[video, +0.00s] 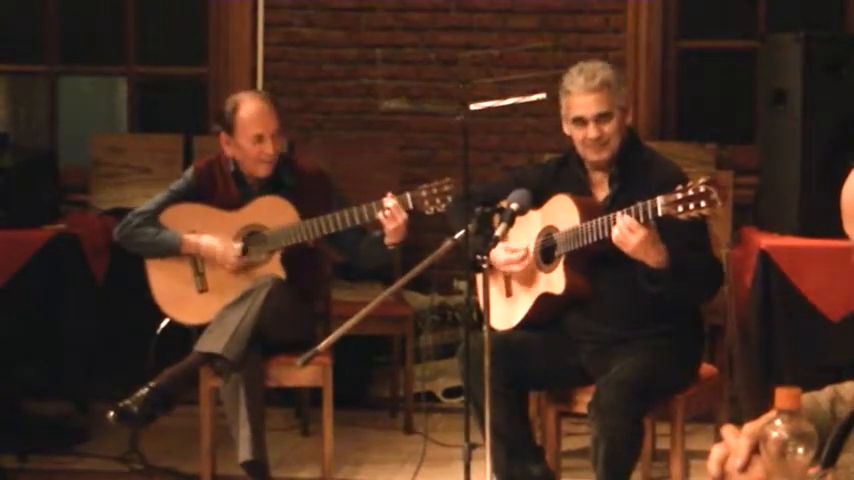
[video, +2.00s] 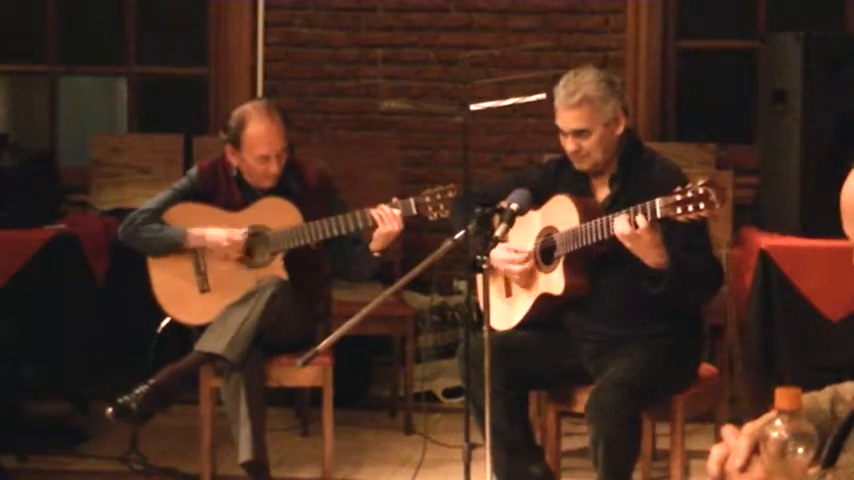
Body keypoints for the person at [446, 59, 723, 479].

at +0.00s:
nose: (593, 133)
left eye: (603, 119)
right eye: (579, 122)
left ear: (626, 115)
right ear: (564, 124)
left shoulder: (665, 183)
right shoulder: (555, 177)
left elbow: (706, 280)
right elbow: (464, 205)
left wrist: (659, 258)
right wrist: (488, 249)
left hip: (655, 341)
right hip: (575, 337)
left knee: (613, 399)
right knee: (486, 355)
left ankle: (610, 474)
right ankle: (523, 471)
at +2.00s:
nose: (571, 146)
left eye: (582, 134)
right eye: (563, 134)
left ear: (619, 124)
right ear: (556, 128)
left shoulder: (663, 183)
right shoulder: (558, 176)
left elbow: (706, 281)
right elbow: (470, 204)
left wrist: (660, 261)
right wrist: (487, 250)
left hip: (655, 342)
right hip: (574, 336)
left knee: (610, 400)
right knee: (484, 352)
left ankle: (612, 474)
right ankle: (523, 471)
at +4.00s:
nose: (550, 139)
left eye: (559, 129)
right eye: (549, 127)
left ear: (599, 128)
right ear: (593, 129)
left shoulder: (666, 186)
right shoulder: (557, 178)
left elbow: (705, 285)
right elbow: (467, 204)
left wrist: (661, 261)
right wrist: (489, 249)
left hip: (654, 343)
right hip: (574, 336)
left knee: (613, 404)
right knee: (484, 355)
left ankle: (613, 474)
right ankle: (523, 471)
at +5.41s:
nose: (609, 152)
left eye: (620, 134)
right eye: (595, 139)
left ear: (654, 115)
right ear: (583, 133)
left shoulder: (708, 186)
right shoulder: (577, 181)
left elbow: (751, 312)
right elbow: (474, 211)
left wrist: (700, 284)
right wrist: (497, 271)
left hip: (692, 375)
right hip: (597, 367)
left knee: (651, 445)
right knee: (494, 390)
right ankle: (522, 474)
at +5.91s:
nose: (638, 149)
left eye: (651, 130)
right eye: (621, 135)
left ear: (682, 114)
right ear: (602, 125)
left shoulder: (732, 191)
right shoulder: (589, 180)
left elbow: (771, 329)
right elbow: (476, 209)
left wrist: (720, 303)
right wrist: (502, 275)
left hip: (715, 392)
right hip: (611, 386)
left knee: (667, 463)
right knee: (497, 405)